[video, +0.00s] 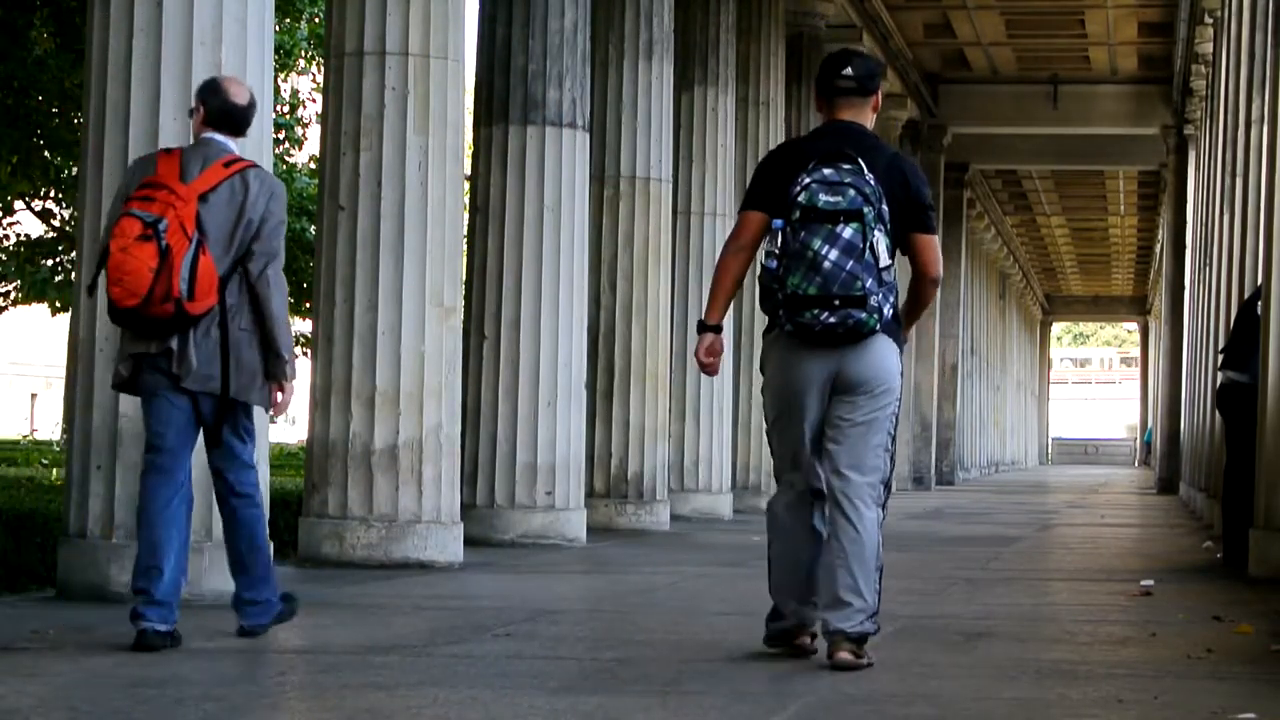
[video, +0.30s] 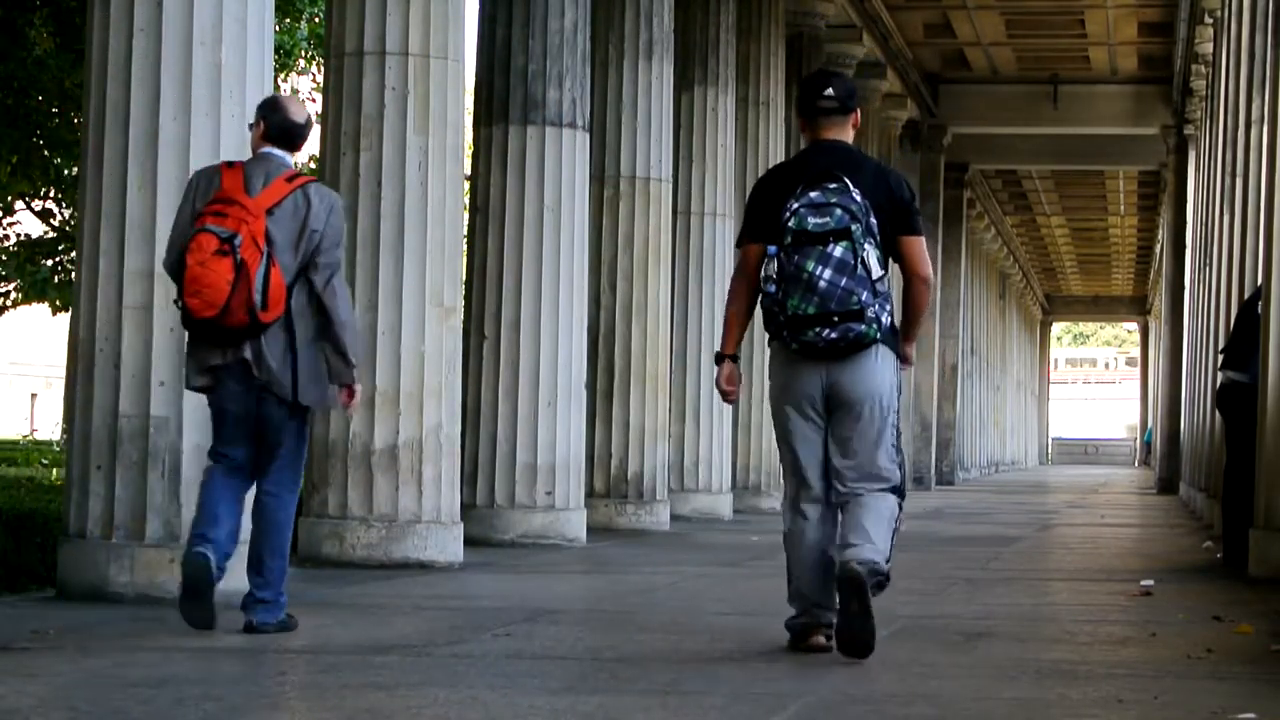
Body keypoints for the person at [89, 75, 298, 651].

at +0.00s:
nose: (193, 109)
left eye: (196, 103)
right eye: (202, 103)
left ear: (198, 116)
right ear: (246, 130)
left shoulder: (148, 169)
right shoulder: (262, 187)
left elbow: (112, 252)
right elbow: (266, 276)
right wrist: (281, 363)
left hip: (159, 350)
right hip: (229, 355)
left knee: (163, 476)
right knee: (239, 483)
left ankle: (153, 617)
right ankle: (258, 604)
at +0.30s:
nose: (251, 131)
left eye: (253, 125)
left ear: (257, 132)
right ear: (301, 147)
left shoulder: (207, 182)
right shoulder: (319, 201)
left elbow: (175, 262)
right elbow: (328, 287)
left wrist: (207, 323)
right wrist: (347, 366)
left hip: (222, 353)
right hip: (287, 359)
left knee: (229, 461)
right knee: (279, 483)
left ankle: (205, 549)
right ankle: (265, 608)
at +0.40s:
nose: (262, 131)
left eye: (265, 125)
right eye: (273, 124)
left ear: (269, 132)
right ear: (313, 144)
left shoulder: (224, 182)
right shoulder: (333, 200)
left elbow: (193, 262)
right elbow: (353, 288)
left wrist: (229, 310)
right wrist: (365, 356)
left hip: (239, 348)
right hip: (299, 352)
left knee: (250, 460)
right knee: (281, 478)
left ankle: (237, 586)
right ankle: (265, 606)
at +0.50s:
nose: (276, 141)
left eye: (279, 136)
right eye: (283, 134)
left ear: (285, 146)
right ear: (327, 157)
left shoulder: (240, 195)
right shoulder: (345, 210)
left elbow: (208, 273)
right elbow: (371, 288)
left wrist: (241, 320)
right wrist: (380, 349)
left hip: (251, 351)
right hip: (311, 355)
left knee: (279, 471)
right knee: (284, 476)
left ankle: (288, 587)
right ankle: (264, 601)